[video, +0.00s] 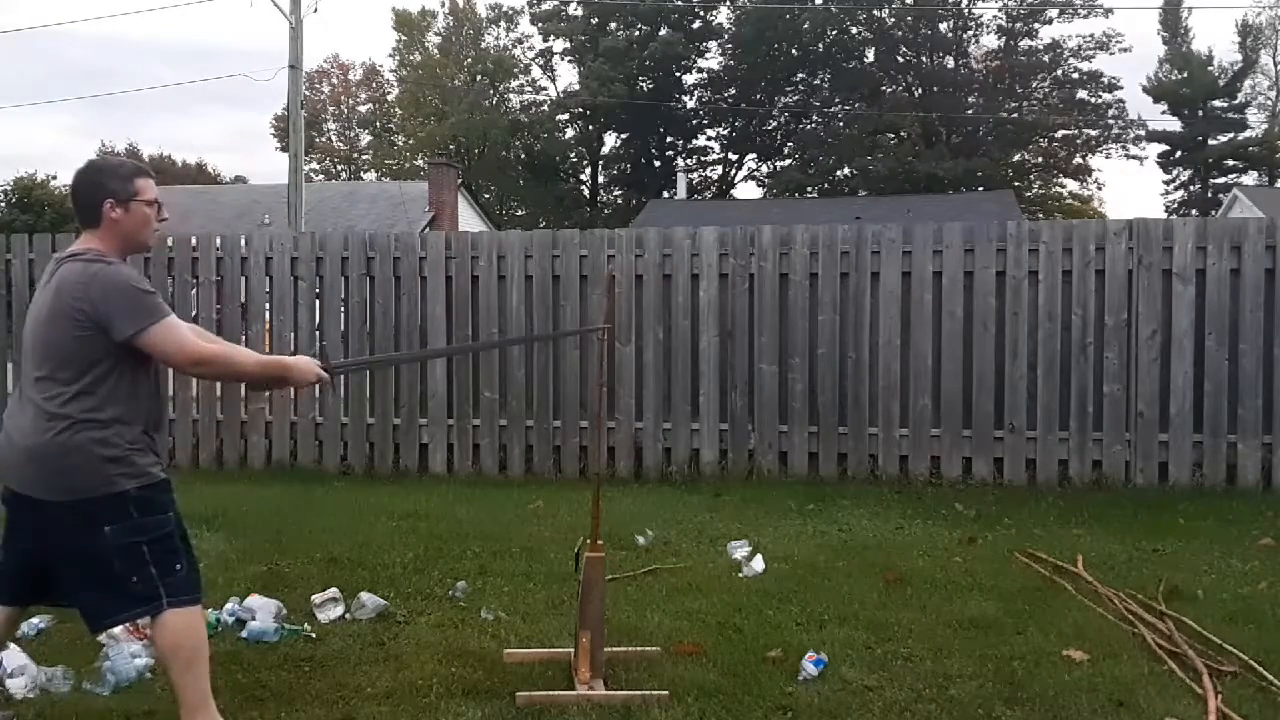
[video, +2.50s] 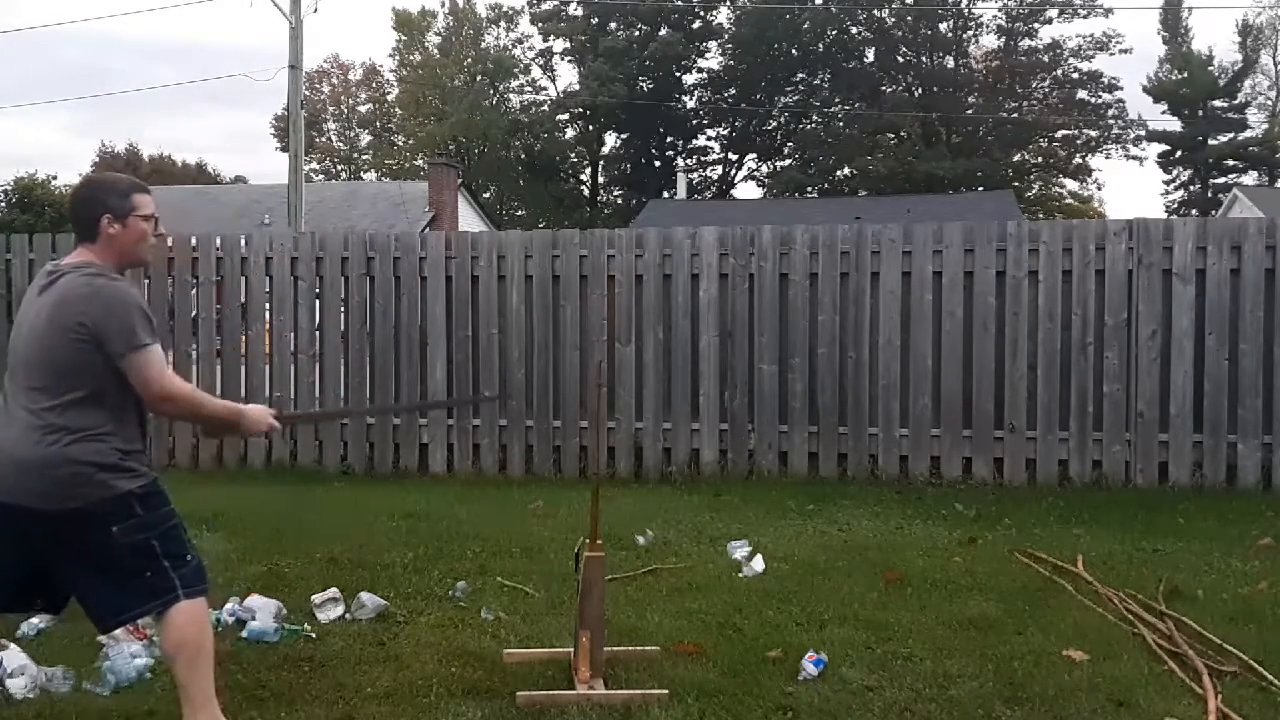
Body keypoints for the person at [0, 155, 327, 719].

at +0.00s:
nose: (161, 217)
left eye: (159, 205)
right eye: (152, 205)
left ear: (109, 212)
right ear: (113, 210)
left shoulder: (67, 271)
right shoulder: (109, 280)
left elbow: (182, 334)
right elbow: (188, 353)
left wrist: (257, 362)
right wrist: (284, 367)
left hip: (29, 466)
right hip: (104, 468)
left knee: (12, 594)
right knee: (176, 595)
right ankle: (201, 712)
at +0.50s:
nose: (201, 245)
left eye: (199, 234)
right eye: (191, 235)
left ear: (146, 243)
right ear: (153, 241)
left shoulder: (103, 290)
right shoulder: (149, 306)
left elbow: (227, 337)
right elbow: (239, 372)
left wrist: (313, 359)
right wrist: (326, 361)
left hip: (29, 481)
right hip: (112, 487)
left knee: (10, 602)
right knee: (209, 589)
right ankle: (204, 713)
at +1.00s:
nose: (160, 251)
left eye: (158, 238)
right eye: (151, 240)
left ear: (116, 245)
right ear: (117, 245)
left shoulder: (119, 298)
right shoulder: (80, 296)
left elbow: (194, 245)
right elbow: (158, 252)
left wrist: (205, 182)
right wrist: (164, 161)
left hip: (44, 485)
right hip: (96, 484)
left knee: (17, 607)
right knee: (203, 582)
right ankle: (205, 712)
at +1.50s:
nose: (164, 257)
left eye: (163, 246)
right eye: (154, 245)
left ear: (113, 254)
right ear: (112, 252)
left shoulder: (109, 300)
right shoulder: (82, 306)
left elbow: (198, 286)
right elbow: (188, 289)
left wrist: (205, 204)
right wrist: (175, 196)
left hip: (49, 492)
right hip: (110, 491)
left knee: (12, 614)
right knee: (217, 584)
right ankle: (207, 713)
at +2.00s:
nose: (189, 247)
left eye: (190, 236)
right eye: (183, 235)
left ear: (132, 238)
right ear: (146, 236)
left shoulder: (57, 271)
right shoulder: (158, 304)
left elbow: (69, 375)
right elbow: (175, 410)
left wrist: (150, 429)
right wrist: (198, 458)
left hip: (14, 471)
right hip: (103, 473)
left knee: (6, 604)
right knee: (182, 591)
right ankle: (204, 712)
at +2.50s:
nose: (156, 230)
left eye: (154, 219)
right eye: (148, 219)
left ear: (101, 227)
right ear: (110, 225)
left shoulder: (48, 282)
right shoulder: (109, 293)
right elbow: (161, 392)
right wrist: (240, 415)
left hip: (19, 478)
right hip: (95, 479)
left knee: (9, 602)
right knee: (182, 589)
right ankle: (204, 712)